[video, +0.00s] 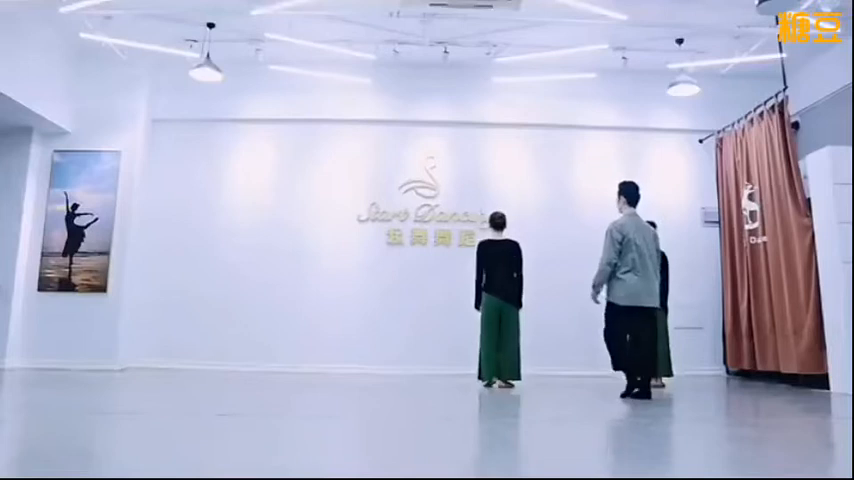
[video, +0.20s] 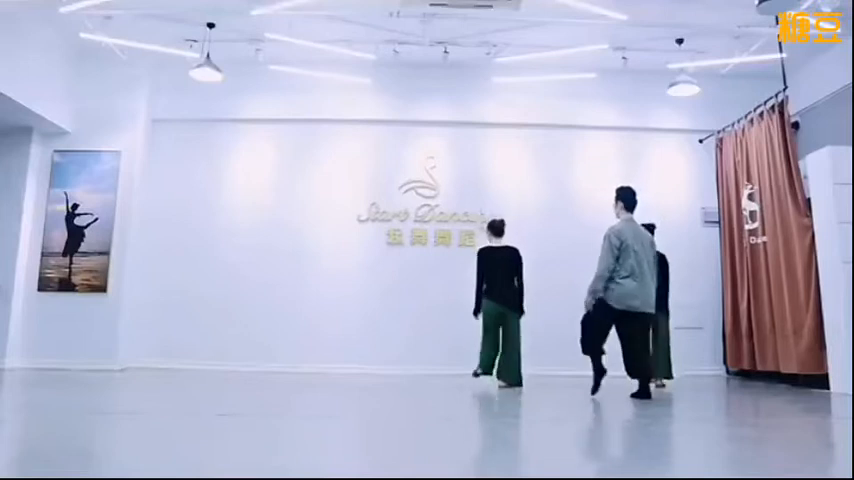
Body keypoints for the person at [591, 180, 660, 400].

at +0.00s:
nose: (616, 202)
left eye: (617, 198)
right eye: (618, 198)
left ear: (621, 199)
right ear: (636, 200)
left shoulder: (617, 227)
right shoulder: (650, 230)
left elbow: (608, 262)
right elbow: (656, 263)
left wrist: (596, 285)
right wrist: (653, 288)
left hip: (622, 295)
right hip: (648, 296)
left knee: (613, 335)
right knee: (644, 342)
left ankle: (630, 376)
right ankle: (644, 386)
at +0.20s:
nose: (613, 207)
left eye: (614, 203)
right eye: (615, 203)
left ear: (619, 205)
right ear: (633, 206)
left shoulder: (615, 232)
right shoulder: (648, 237)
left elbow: (604, 269)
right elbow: (652, 271)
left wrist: (591, 296)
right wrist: (648, 298)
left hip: (617, 297)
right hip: (643, 301)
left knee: (591, 329)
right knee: (638, 345)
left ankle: (597, 366)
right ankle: (643, 386)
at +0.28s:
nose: (611, 207)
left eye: (613, 204)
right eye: (613, 203)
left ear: (617, 205)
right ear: (632, 207)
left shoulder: (613, 233)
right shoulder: (645, 238)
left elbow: (603, 270)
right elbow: (650, 273)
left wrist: (591, 298)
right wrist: (647, 302)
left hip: (615, 299)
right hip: (640, 302)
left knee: (585, 330)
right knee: (638, 346)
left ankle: (583, 368)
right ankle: (644, 387)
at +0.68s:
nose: (582, 202)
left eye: (583, 198)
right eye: (584, 198)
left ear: (588, 200)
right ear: (602, 202)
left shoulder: (582, 229)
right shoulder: (613, 234)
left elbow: (575, 266)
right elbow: (616, 269)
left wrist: (567, 296)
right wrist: (616, 300)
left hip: (584, 298)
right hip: (609, 300)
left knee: (569, 344)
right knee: (619, 343)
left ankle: (555, 387)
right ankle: (639, 381)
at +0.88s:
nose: (564, 199)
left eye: (565, 195)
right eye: (566, 195)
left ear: (569, 197)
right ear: (583, 200)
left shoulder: (562, 226)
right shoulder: (593, 232)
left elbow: (552, 258)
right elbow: (598, 266)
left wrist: (542, 283)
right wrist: (597, 294)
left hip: (564, 296)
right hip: (588, 297)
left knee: (561, 343)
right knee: (605, 340)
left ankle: (555, 387)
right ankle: (629, 379)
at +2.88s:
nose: (539, 195)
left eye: (539, 192)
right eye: (551, 193)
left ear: (538, 195)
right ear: (558, 196)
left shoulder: (529, 226)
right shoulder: (568, 227)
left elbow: (521, 259)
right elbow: (578, 263)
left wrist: (515, 285)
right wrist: (581, 290)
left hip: (542, 296)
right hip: (568, 295)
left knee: (548, 343)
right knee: (589, 337)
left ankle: (554, 388)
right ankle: (611, 376)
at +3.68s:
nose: (529, 213)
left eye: (529, 209)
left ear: (529, 212)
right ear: (548, 212)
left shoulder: (524, 239)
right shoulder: (561, 239)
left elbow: (510, 268)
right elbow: (579, 273)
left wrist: (494, 291)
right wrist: (583, 298)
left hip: (538, 302)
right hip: (564, 301)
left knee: (539, 344)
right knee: (561, 335)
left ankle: (551, 387)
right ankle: (580, 373)